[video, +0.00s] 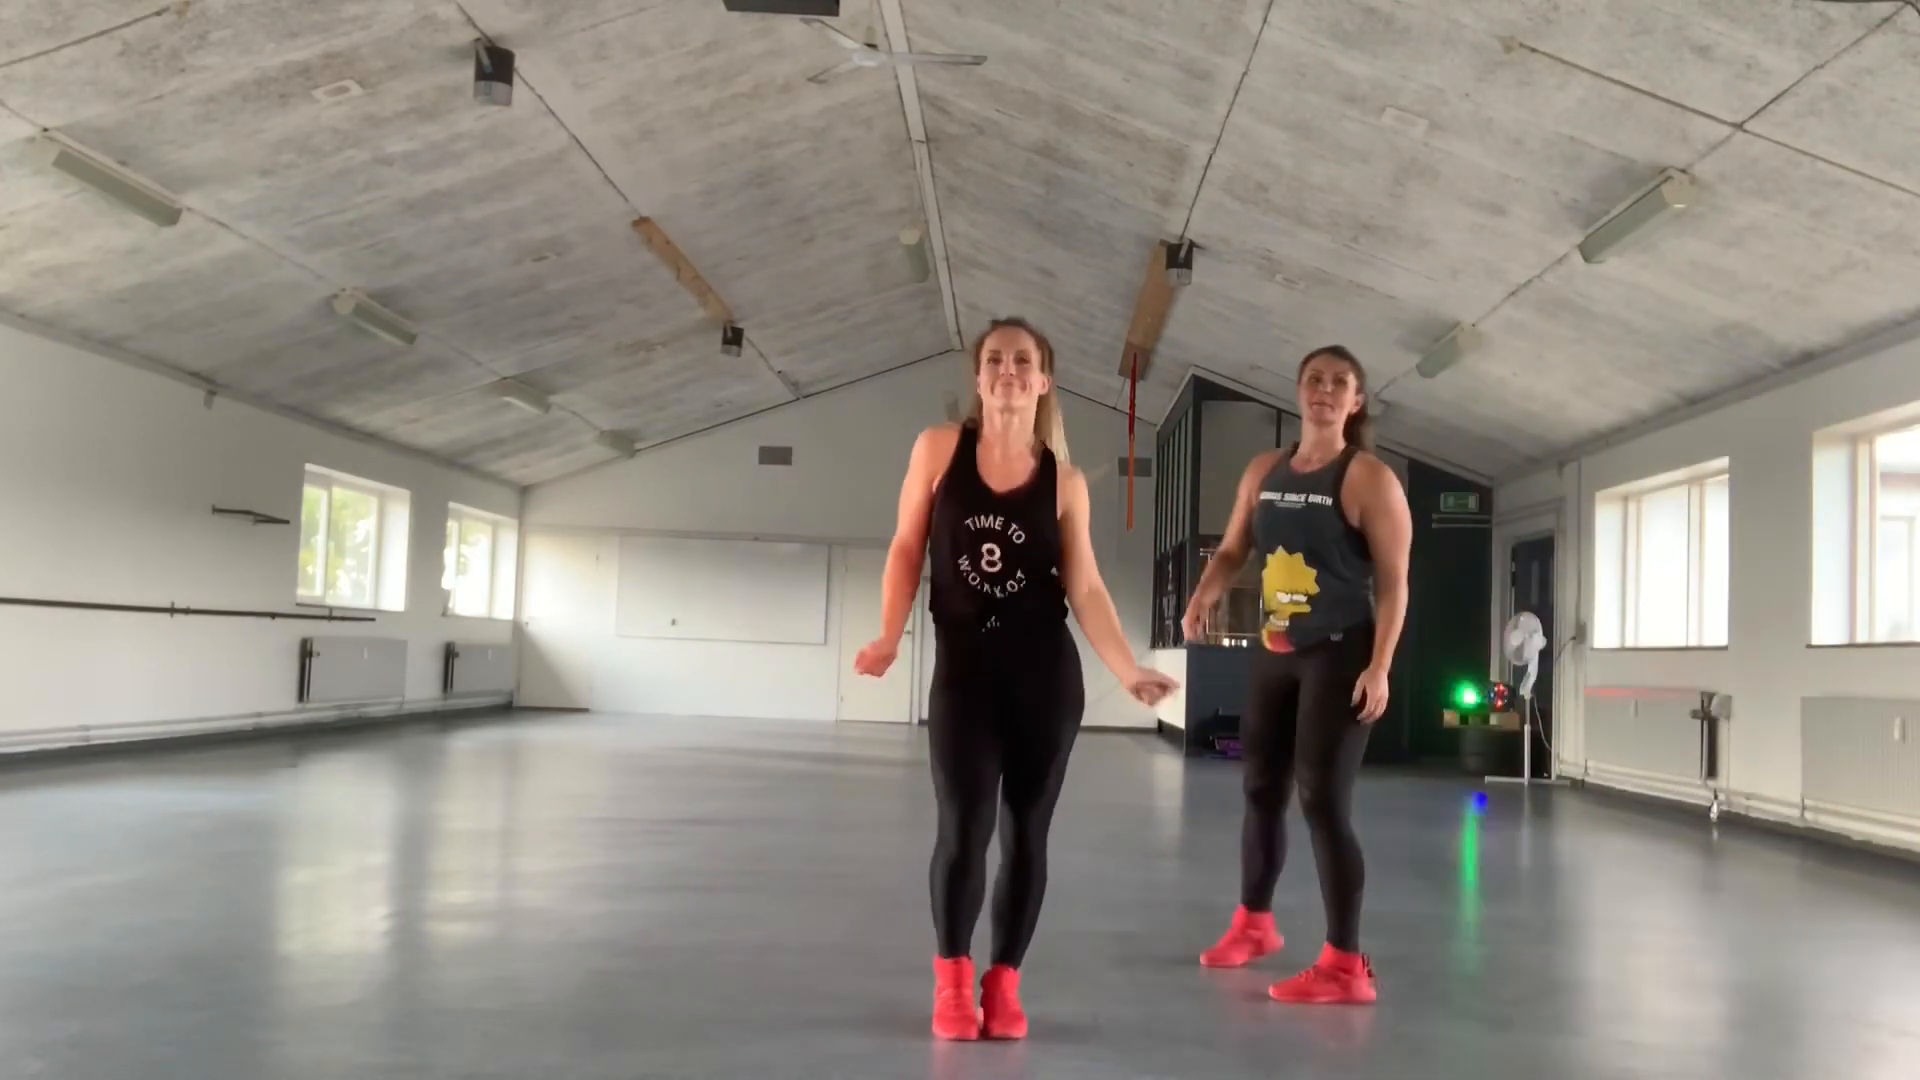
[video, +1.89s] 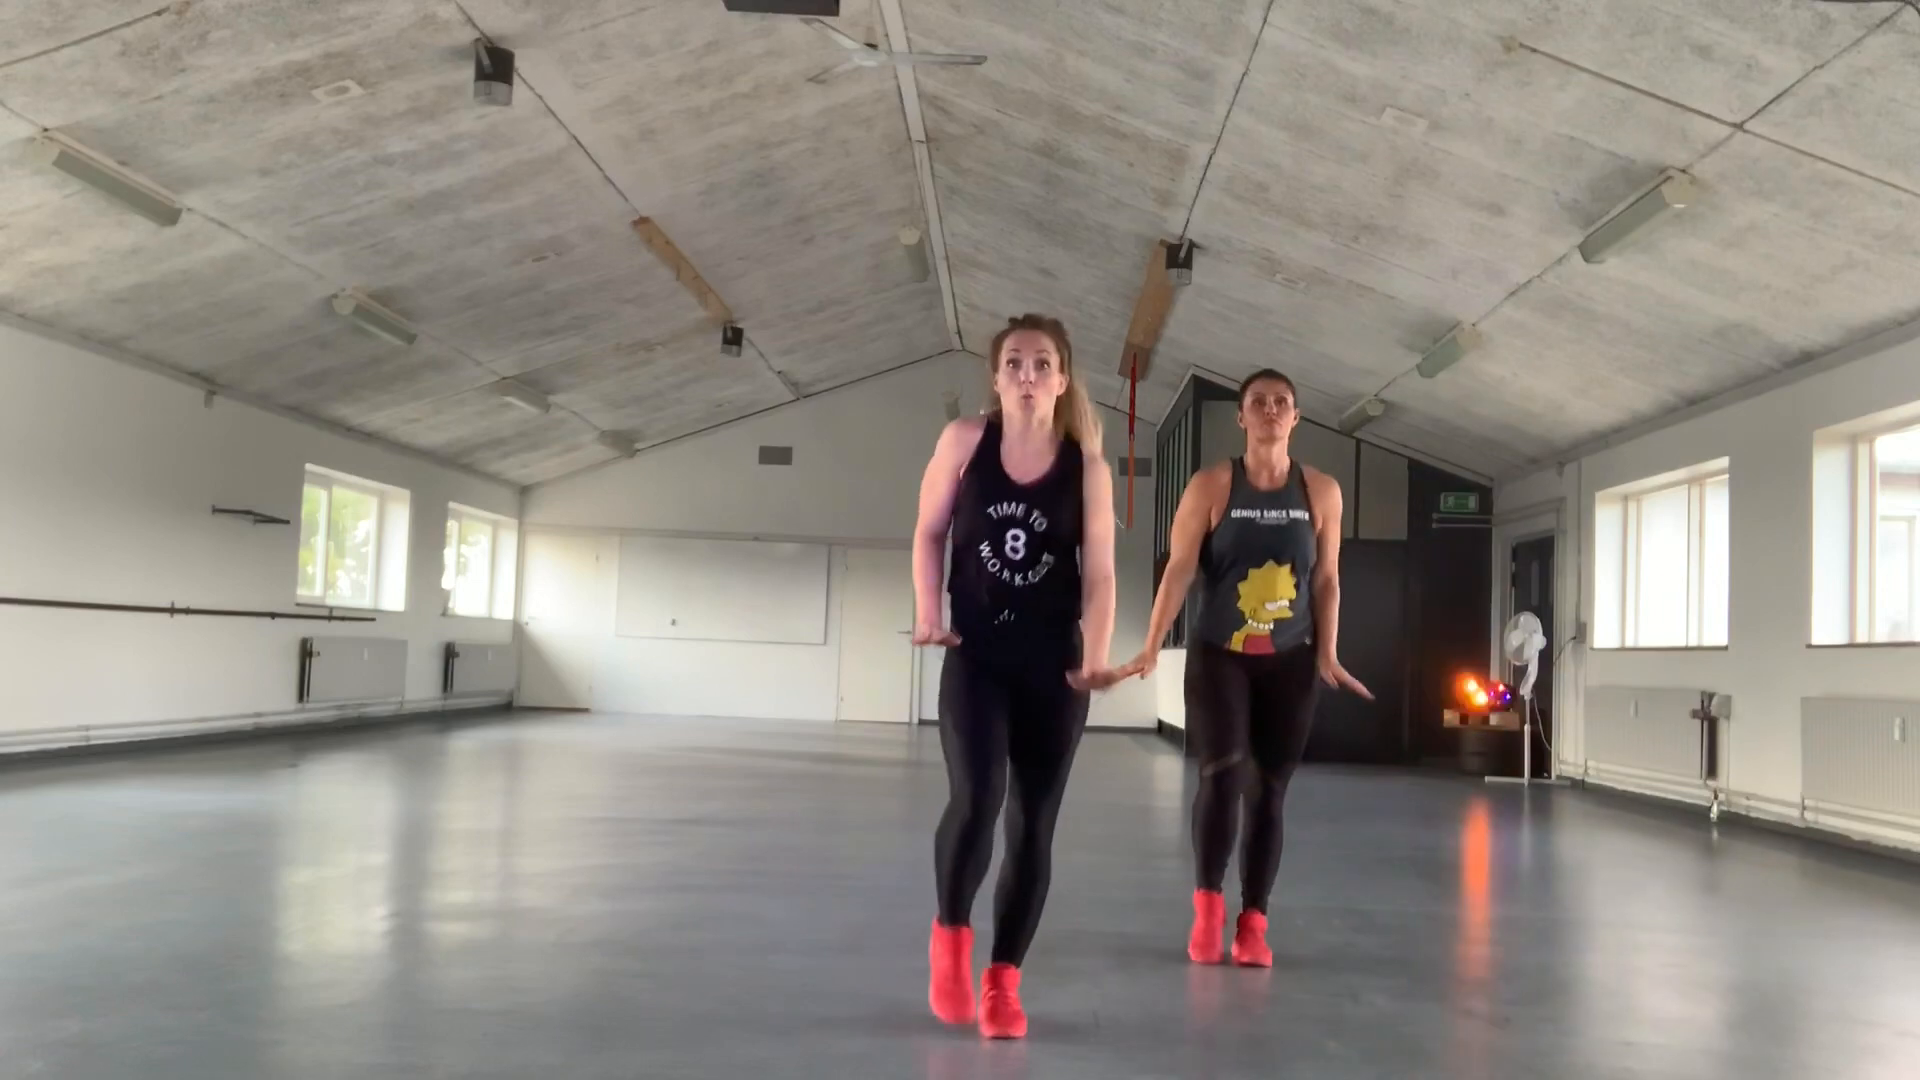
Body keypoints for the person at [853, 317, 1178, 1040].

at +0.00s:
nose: (1008, 371)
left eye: (1023, 362)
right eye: (995, 360)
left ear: (1045, 381)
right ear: (976, 376)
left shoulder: (1064, 480)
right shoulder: (939, 448)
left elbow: (1086, 587)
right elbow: (907, 548)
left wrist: (1128, 670)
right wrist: (889, 635)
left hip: (1045, 675)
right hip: (963, 672)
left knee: (1027, 834)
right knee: (965, 830)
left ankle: (1004, 981)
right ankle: (953, 978)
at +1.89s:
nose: (1027, 375)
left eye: (1042, 364)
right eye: (1015, 363)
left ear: (1063, 378)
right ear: (996, 376)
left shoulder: (1088, 467)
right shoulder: (963, 441)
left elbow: (1100, 571)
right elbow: (929, 533)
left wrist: (1095, 657)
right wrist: (929, 615)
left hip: (1053, 663)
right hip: (974, 656)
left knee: (1034, 825)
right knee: (978, 797)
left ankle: (1005, 975)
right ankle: (951, 934)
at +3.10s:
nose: (947, 361)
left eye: (962, 347)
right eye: (935, 346)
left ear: (988, 356)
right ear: (918, 353)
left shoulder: (1015, 414)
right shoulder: (893, 445)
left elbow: (1048, 496)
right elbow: (863, 548)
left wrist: (1004, 555)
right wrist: (834, 643)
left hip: (982, 629)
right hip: (902, 628)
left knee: (978, 801)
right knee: (903, 797)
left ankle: (977, 962)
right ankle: (903, 965)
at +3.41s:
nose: (879, 365)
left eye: (895, 353)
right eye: (868, 351)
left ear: (921, 361)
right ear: (851, 356)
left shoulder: (949, 431)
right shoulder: (826, 418)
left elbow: (969, 535)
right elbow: (804, 514)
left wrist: (949, 613)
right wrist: (794, 601)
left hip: (915, 636)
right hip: (835, 632)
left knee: (911, 801)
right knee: (812, 778)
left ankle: (917, 953)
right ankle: (784, 926)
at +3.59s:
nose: (840, 367)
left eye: (854, 354)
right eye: (828, 352)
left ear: (880, 363)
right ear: (810, 360)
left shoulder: (907, 421)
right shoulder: (783, 442)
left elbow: (931, 508)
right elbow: (754, 542)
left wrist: (896, 574)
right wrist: (726, 638)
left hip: (871, 635)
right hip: (794, 629)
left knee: (841, 798)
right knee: (776, 792)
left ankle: (825, 939)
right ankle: (756, 955)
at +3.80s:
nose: (801, 387)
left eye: (816, 376)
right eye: (789, 374)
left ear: (841, 384)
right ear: (773, 380)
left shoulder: (863, 466)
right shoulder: (748, 431)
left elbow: (872, 565)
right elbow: (714, 512)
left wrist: (866, 661)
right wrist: (713, 594)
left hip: (833, 651)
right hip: (757, 641)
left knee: (812, 806)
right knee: (733, 768)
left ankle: (795, 950)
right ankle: (723, 903)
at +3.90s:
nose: (781, 360)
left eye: (796, 348)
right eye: (769, 346)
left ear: (823, 355)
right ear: (752, 350)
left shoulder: (851, 422)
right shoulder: (729, 405)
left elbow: (867, 521)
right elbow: (700, 499)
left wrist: (850, 588)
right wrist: (683, 591)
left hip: (809, 628)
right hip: (731, 625)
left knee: (796, 792)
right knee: (725, 785)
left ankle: (791, 943)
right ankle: (714, 945)